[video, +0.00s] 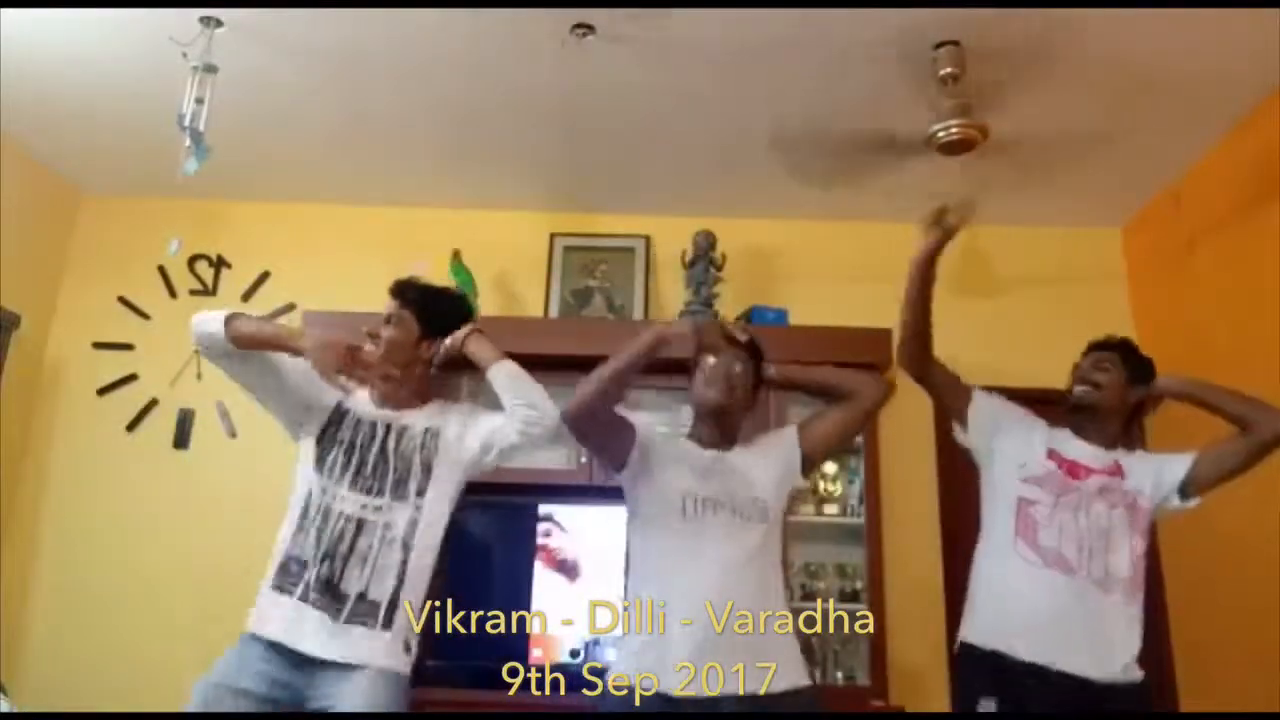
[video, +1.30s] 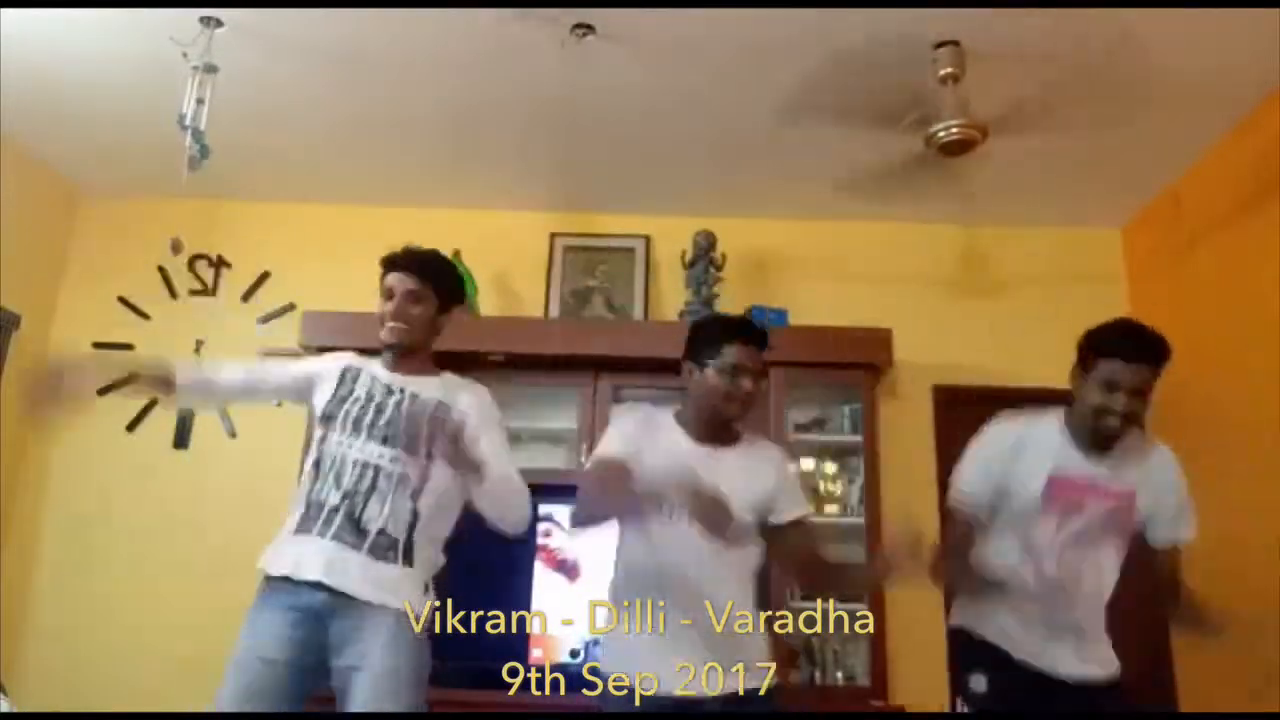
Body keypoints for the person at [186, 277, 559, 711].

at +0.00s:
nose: (375, 330)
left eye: (393, 323)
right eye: (383, 318)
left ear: (430, 350)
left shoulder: (462, 432)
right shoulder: (327, 404)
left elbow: (541, 424)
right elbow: (207, 332)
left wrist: (474, 344)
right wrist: (306, 343)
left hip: (365, 664)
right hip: (271, 642)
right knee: (209, 700)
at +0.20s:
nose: (380, 320)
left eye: (396, 312)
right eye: (386, 310)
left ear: (435, 337)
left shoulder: (467, 416)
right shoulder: (341, 386)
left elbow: (530, 395)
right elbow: (227, 338)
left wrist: (466, 331)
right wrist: (242, 321)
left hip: (364, 616)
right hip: (276, 594)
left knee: (360, 704)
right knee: (218, 694)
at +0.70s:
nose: (381, 312)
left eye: (398, 305)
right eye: (386, 302)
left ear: (434, 328)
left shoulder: (468, 405)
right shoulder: (347, 375)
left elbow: (526, 368)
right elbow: (276, 320)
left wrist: (463, 318)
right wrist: (208, 255)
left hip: (363, 604)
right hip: (276, 584)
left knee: (364, 704)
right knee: (223, 699)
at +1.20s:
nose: (373, 318)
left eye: (391, 310)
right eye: (376, 307)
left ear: (433, 332)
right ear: (372, 313)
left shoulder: (462, 413)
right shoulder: (337, 379)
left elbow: (521, 429)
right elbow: (244, 330)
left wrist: (469, 350)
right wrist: (174, 261)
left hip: (378, 633)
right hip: (284, 615)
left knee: (377, 704)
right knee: (218, 704)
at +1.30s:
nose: (396, 309)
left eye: (414, 299)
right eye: (389, 296)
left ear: (444, 315)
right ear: (379, 304)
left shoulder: (466, 401)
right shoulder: (340, 369)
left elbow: (516, 518)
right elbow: (246, 380)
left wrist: (466, 450)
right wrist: (163, 376)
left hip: (385, 607)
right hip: (290, 586)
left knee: (383, 707)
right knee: (238, 705)